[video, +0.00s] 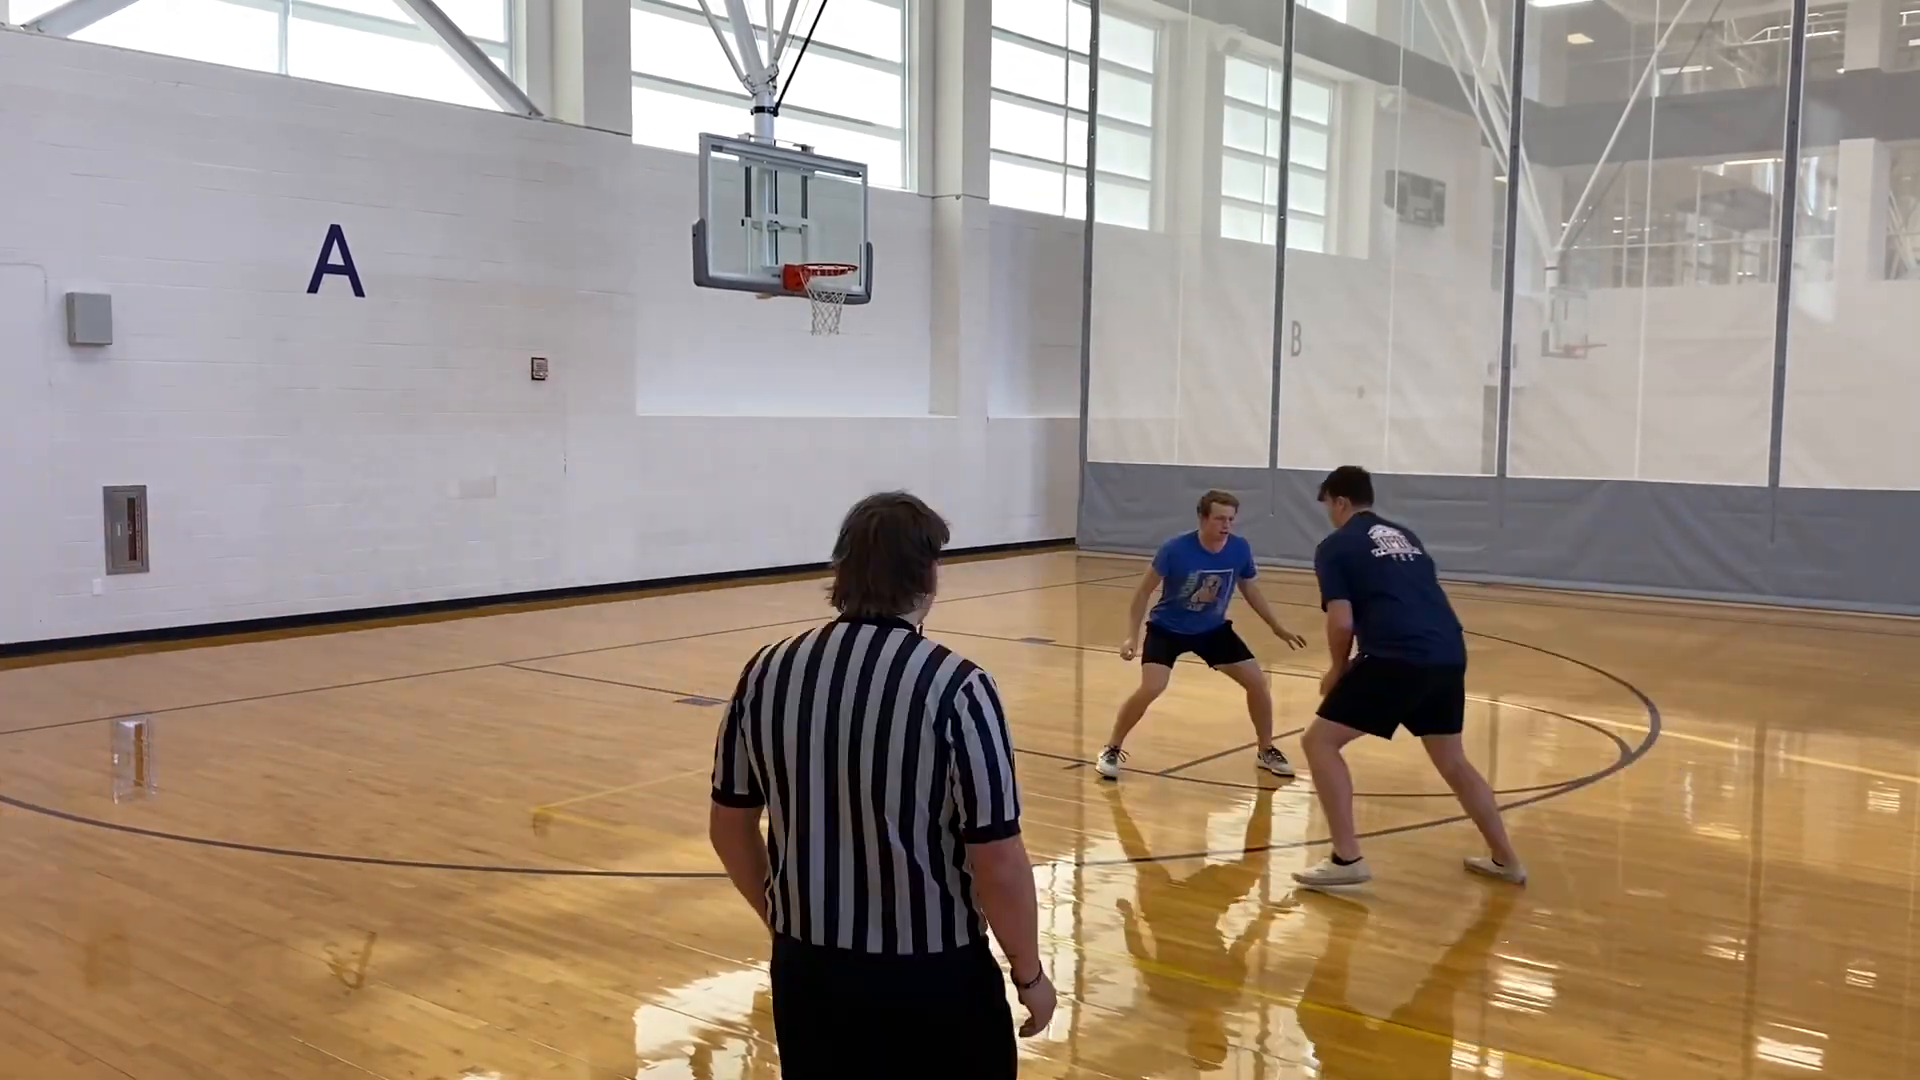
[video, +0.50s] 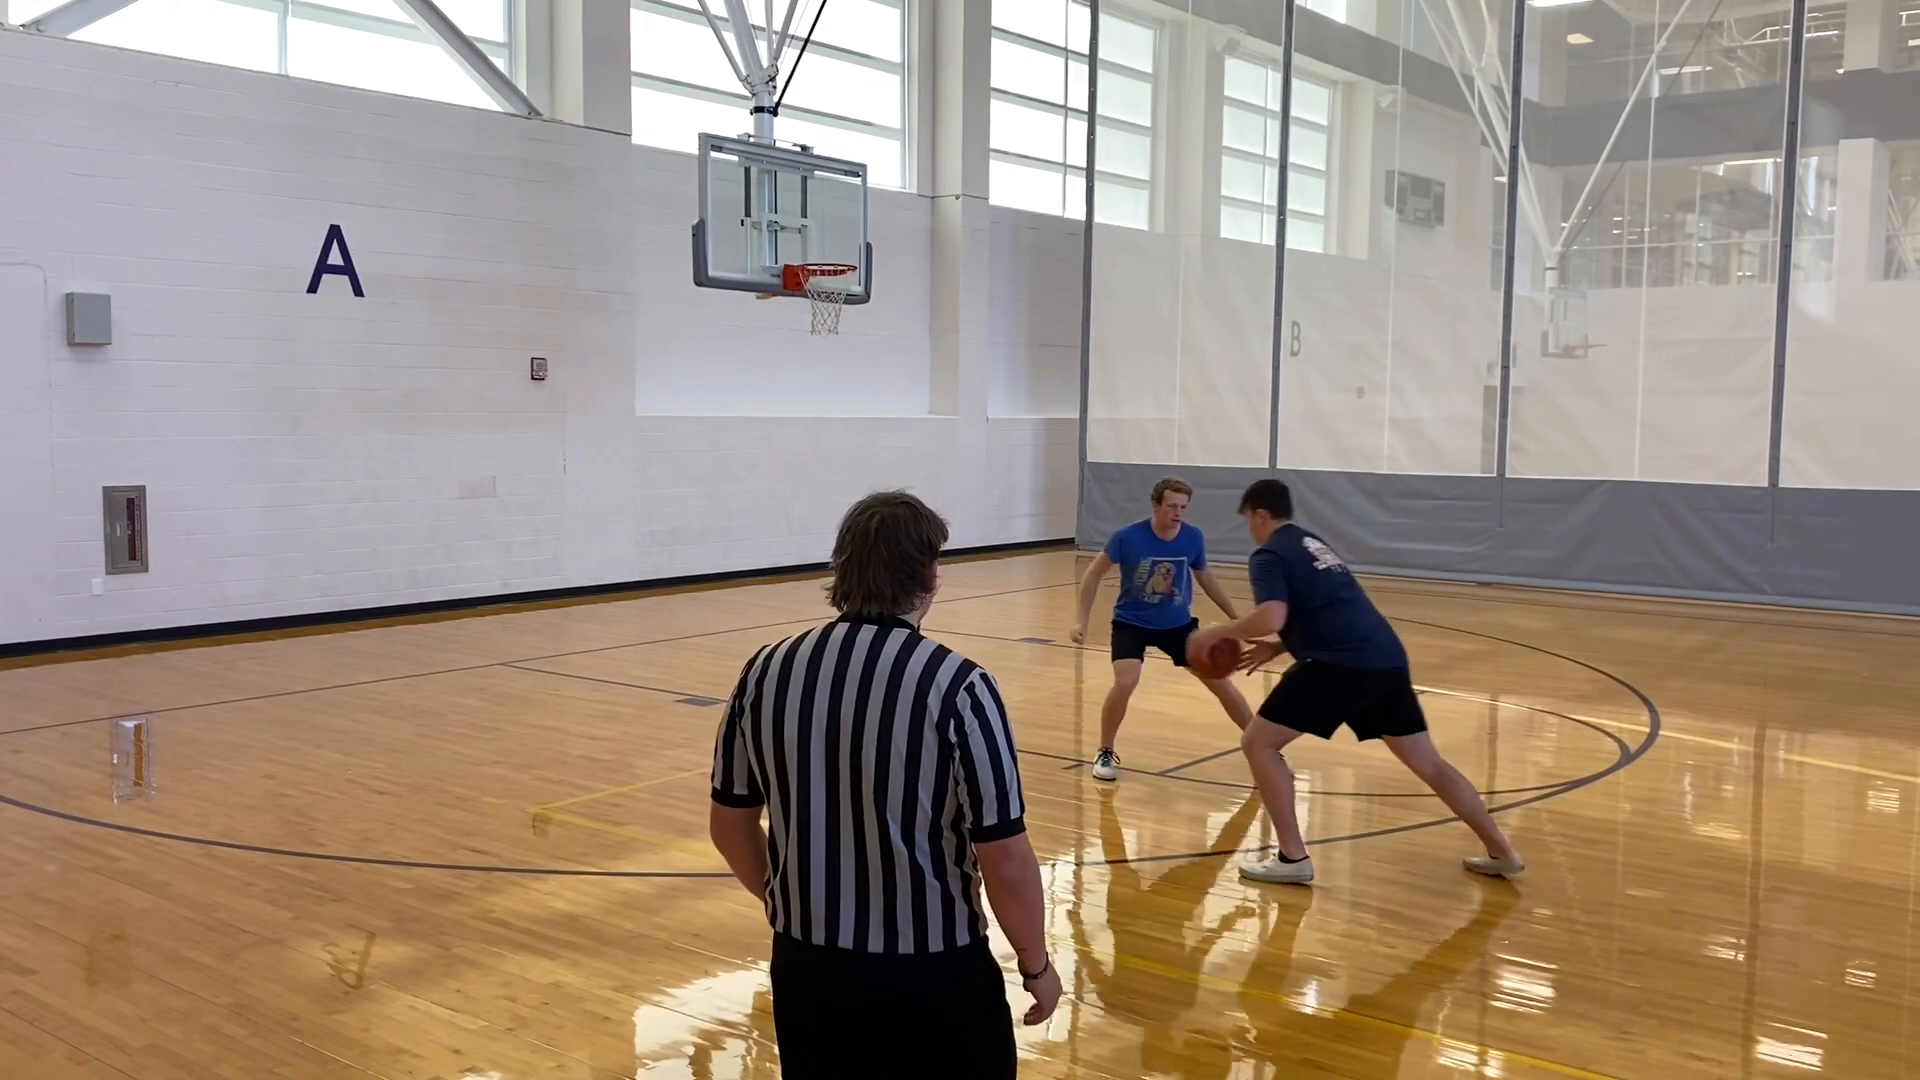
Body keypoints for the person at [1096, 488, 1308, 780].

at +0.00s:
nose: (1226, 526)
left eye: (1230, 520)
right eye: (1220, 519)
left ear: (1234, 521)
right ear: (1202, 517)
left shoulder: (1239, 550)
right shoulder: (1174, 550)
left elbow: (1251, 591)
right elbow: (1144, 591)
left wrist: (1278, 628)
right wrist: (1133, 636)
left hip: (1213, 630)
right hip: (1168, 629)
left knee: (1257, 682)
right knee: (1152, 686)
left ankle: (1267, 751)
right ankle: (1112, 749)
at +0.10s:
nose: (1219, 525)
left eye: (1224, 519)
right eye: (1213, 518)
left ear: (1228, 521)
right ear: (1195, 518)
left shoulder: (1232, 550)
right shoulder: (1167, 550)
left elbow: (1244, 588)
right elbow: (1137, 589)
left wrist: (1272, 627)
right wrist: (1126, 636)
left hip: (1208, 631)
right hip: (1163, 630)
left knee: (1254, 683)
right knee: (1149, 688)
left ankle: (1266, 752)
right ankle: (1110, 750)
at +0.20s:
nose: (1210, 524)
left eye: (1215, 518)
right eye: (1204, 517)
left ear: (1219, 520)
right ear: (1186, 517)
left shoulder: (1223, 549)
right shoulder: (1159, 550)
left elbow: (1236, 587)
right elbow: (1129, 589)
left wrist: (1265, 624)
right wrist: (1117, 636)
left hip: (1203, 631)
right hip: (1157, 631)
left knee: (1249, 684)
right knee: (1145, 688)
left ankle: (1267, 752)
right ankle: (1108, 752)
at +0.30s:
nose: (1200, 521)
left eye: (1205, 516)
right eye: (1194, 515)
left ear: (1209, 517)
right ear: (1177, 514)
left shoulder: (1213, 546)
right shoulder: (1150, 547)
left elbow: (1227, 585)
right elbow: (1118, 585)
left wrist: (1256, 622)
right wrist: (1106, 632)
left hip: (1196, 630)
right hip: (1150, 630)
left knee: (1244, 685)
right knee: (1139, 686)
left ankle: (1267, 752)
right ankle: (1108, 752)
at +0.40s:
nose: (1190, 517)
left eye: (1194, 512)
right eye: (1183, 511)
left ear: (1198, 513)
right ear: (1166, 511)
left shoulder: (1203, 542)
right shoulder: (1139, 544)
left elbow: (1215, 581)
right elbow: (1106, 581)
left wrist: (1245, 619)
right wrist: (1095, 628)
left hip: (1187, 628)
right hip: (1141, 627)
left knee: (1232, 682)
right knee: (1132, 684)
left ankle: (1267, 747)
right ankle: (1107, 751)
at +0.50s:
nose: (1178, 512)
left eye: (1183, 507)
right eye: (1172, 506)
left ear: (1187, 508)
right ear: (1155, 506)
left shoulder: (1192, 538)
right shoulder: (1127, 538)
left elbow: (1205, 577)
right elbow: (1094, 574)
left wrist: (1235, 618)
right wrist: (1082, 623)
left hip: (1177, 624)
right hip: (1131, 623)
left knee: (1220, 681)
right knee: (1126, 681)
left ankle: (1263, 746)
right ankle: (1106, 752)